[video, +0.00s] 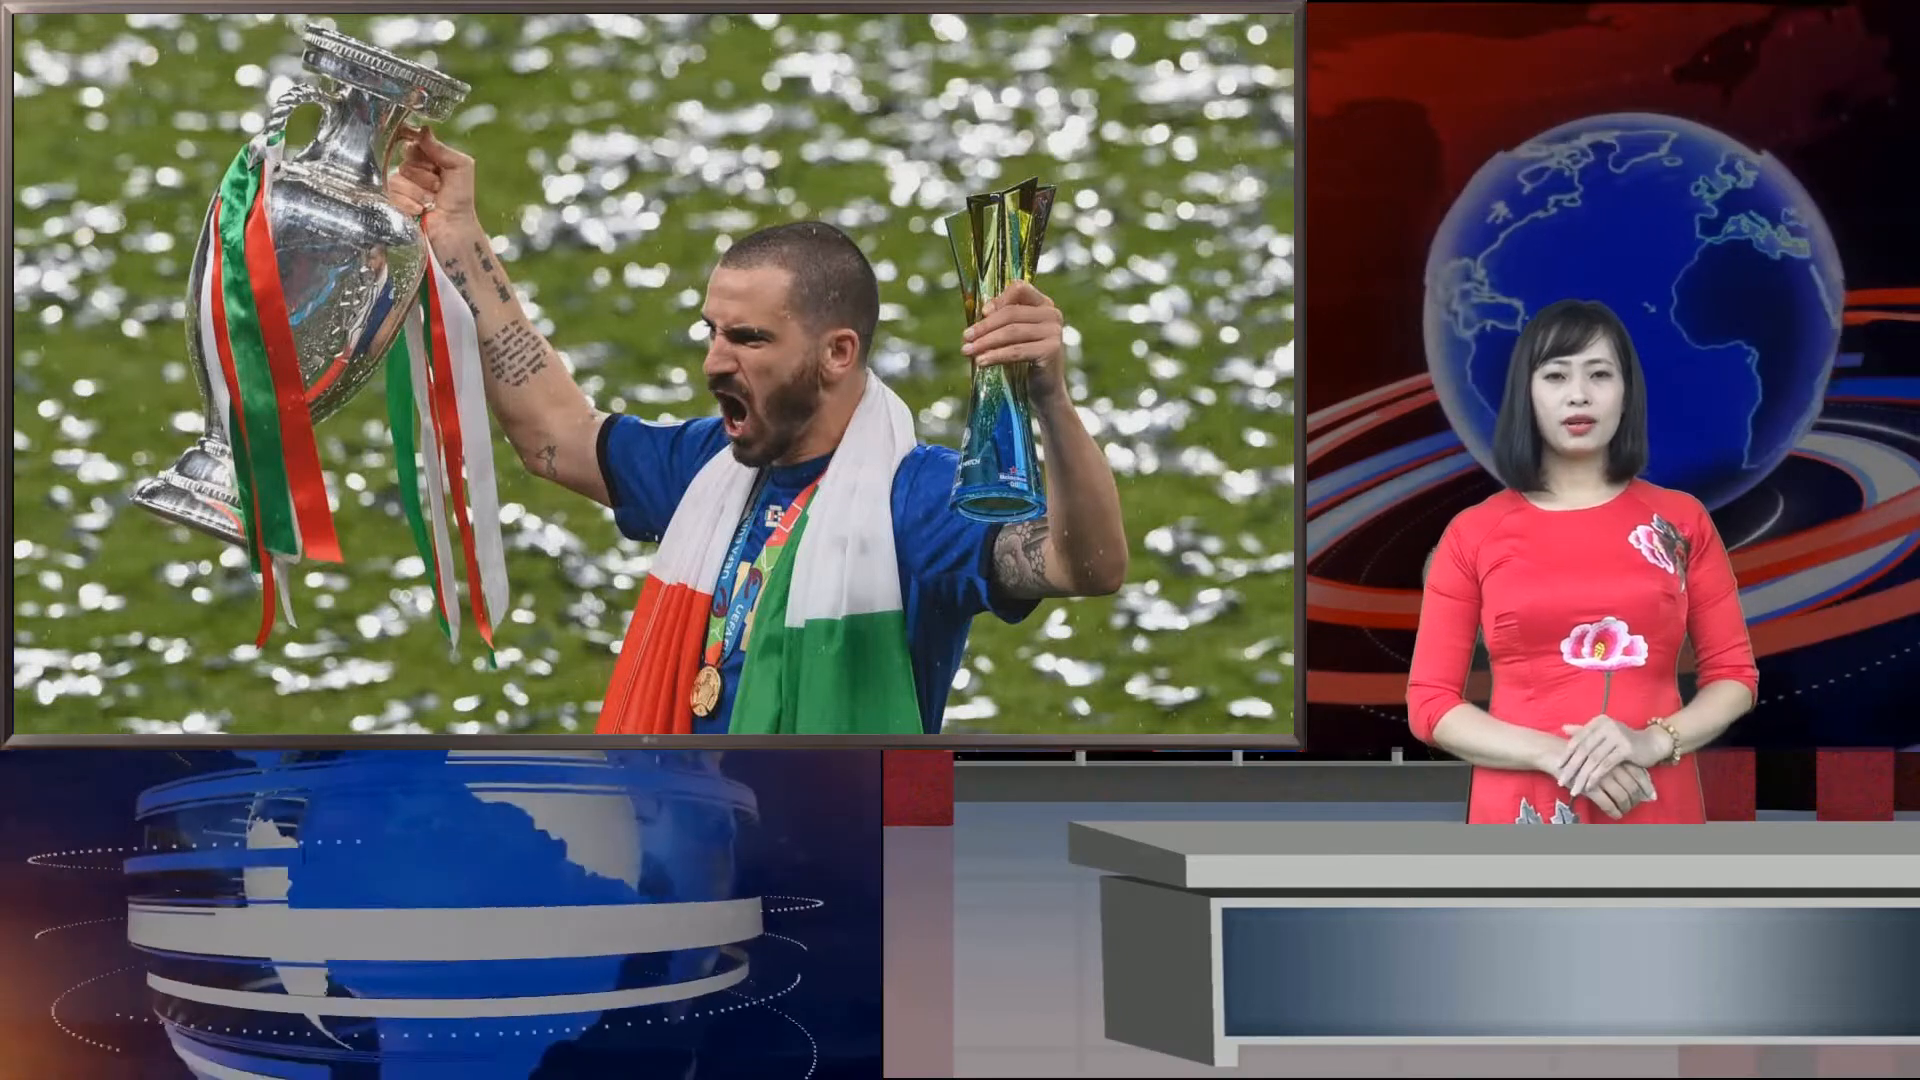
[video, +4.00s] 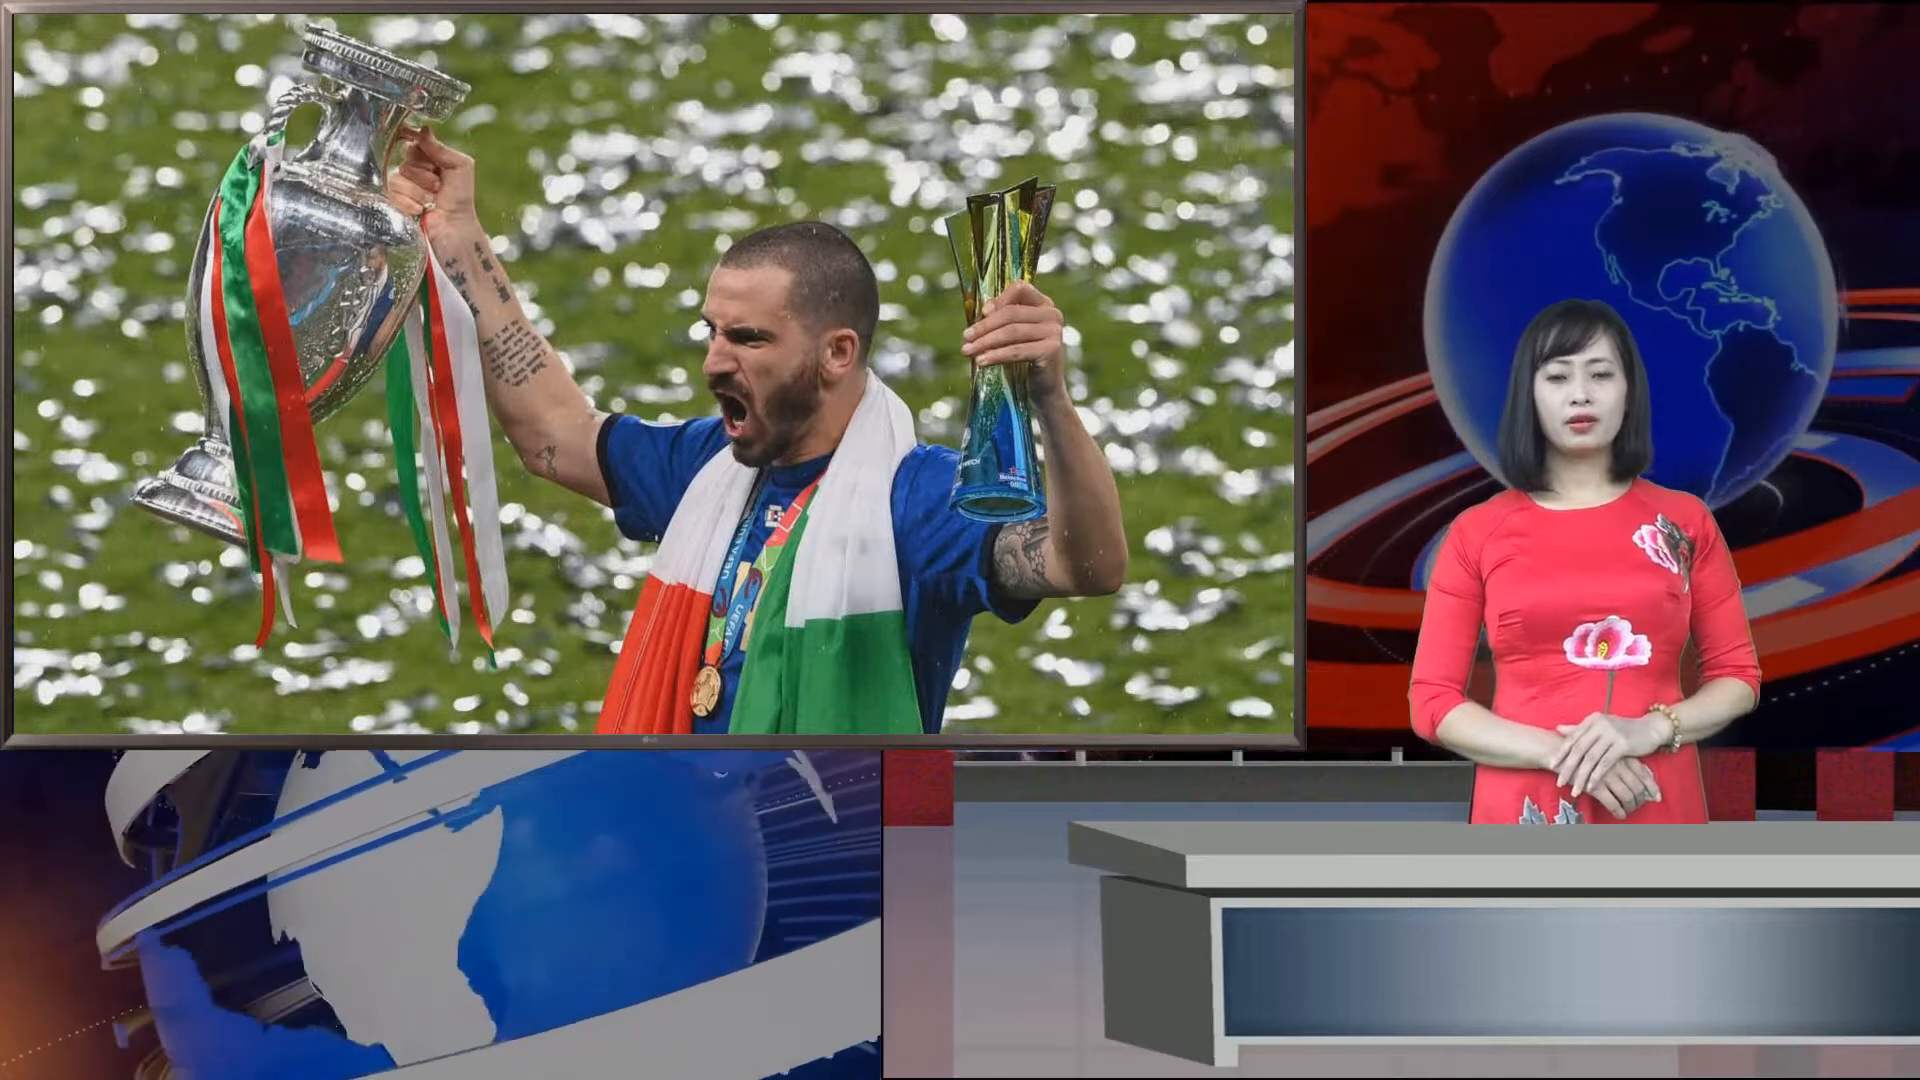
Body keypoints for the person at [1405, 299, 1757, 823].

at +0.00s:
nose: (1578, 394)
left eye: (1599, 375)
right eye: (1556, 375)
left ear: (1626, 393)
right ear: (1527, 393)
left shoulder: (1680, 521)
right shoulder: (1474, 535)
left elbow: (1734, 679)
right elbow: (1430, 704)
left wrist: (1653, 740)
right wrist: (1557, 752)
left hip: (1659, 823)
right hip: (1519, 825)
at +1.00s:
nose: (1580, 396)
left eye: (1601, 377)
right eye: (1557, 378)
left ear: (1627, 394)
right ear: (1528, 395)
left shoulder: (1681, 522)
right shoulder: (1476, 535)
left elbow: (1735, 678)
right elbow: (1432, 704)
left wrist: (1654, 738)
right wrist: (1560, 752)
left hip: (1660, 823)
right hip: (1520, 824)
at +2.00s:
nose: (1581, 392)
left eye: (1602, 372)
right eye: (1559, 374)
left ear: (1629, 391)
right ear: (1531, 393)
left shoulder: (1685, 521)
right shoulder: (1479, 534)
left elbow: (1740, 679)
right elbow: (1433, 701)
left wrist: (1650, 717)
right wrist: (1555, 752)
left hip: (1662, 822)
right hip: (1523, 822)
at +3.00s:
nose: (1581, 393)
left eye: (1602, 374)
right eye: (1559, 376)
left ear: (1630, 392)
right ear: (1531, 394)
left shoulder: (1685, 520)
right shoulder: (1479, 533)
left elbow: (1739, 679)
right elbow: (1433, 701)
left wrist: (1650, 728)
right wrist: (1566, 752)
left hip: (1661, 824)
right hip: (1521, 824)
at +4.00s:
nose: (1580, 394)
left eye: (1601, 375)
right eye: (1558, 376)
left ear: (1629, 391)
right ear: (1530, 394)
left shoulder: (1685, 522)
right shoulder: (1479, 533)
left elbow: (1737, 680)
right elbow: (1432, 701)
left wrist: (1650, 728)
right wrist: (1566, 752)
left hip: (1661, 823)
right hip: (1521, 824)